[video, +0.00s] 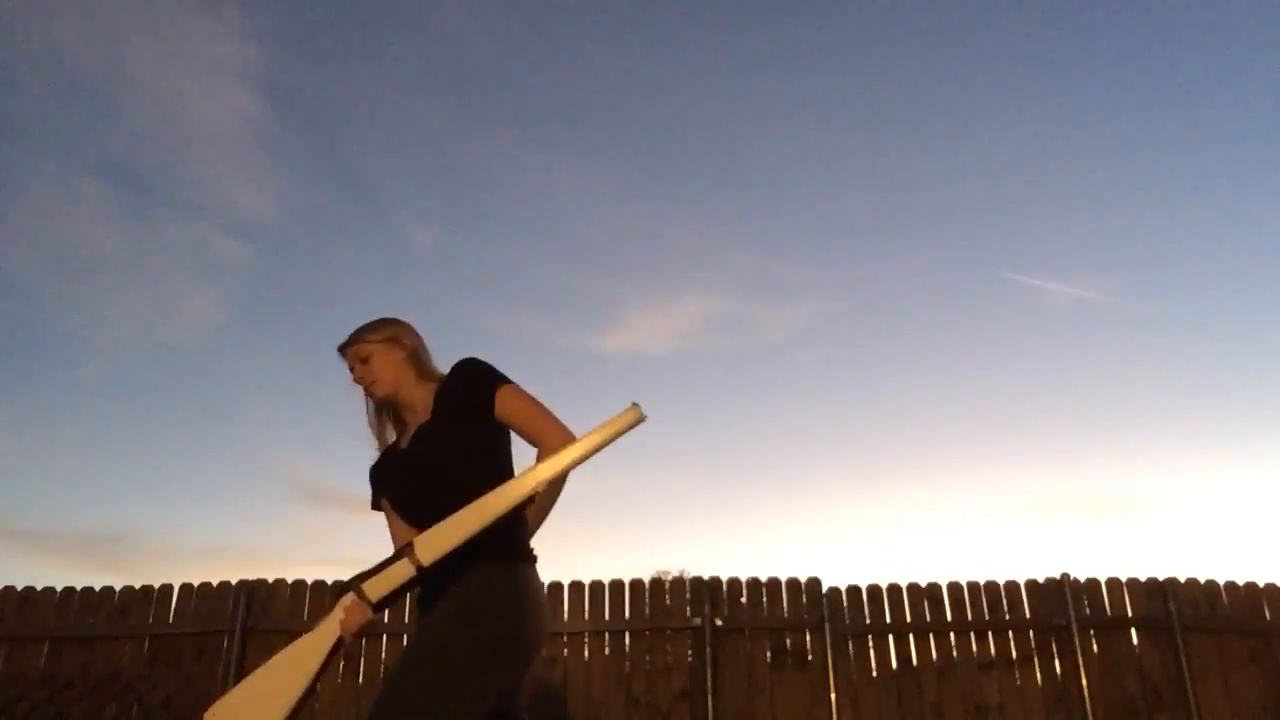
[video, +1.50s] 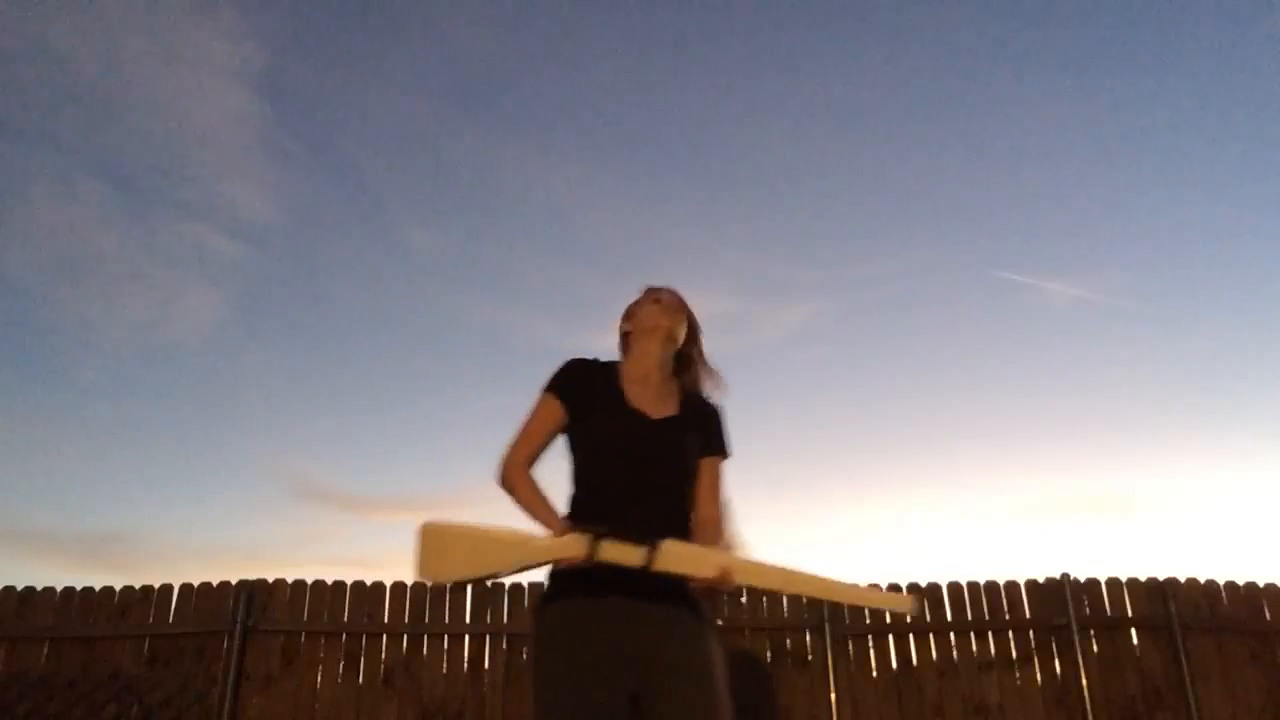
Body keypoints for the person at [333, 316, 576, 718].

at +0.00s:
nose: (356, 375)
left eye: (364, 359)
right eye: (352, 369)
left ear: (403, 346)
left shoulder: (467, 381)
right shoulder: (387, 468)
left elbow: (559, 443)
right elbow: (411, 558)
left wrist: (519, 533)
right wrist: (368, 598)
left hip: (501, 591)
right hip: (442, 609)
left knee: (400, 710)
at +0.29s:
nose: (361, 371)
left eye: (367, 354)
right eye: (355, 364)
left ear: (406, 341)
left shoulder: (471, 379)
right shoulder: (392, 459)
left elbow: (561, 443)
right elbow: (406, 547)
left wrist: (523, 532)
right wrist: (370, 590)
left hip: (500, 591)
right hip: (445, 605)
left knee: (399, 709)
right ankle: (540, 695)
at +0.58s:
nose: (402, 355)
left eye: (410, 339)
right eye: (395, 349)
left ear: (447, 335)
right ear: (398, 363)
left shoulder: (512, 382)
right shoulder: (418, 451)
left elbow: (603, 448)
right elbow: (435, 538)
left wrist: (582, 546)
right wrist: (397, 575)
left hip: (526, 589)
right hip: (461, 602)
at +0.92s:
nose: (507, 331)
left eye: (520, 322)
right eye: (493, 327)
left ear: (542, 334)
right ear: (481, 346)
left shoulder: (590, 402)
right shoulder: (469, 432)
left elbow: (626, 503)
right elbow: (482, 533)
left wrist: (629, 495)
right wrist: (479, 533)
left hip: (588, 583)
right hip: (513, 587)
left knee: (568, 700)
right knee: (506, 702)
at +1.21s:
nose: (619, 343)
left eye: (628, 339)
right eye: (613, 332)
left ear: (629, 360)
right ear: (590, 336)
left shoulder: (638, 416)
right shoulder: (515, 394)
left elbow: (651, 510)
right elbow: (466, 488)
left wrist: (657, 556)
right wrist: (511, 543)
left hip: (616, 589)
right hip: (534, 593)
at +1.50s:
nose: (660, 302)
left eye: (672, 304)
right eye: (650, 297)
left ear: (685, 338)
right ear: (627, 323)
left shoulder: (701, 414)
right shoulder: (584, 378)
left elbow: (707, 518)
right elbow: (513, 469)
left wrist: (711, 565)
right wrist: (559, 528)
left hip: (669, 599)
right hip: (585, 592)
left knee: (698, 708)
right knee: (574, 709)